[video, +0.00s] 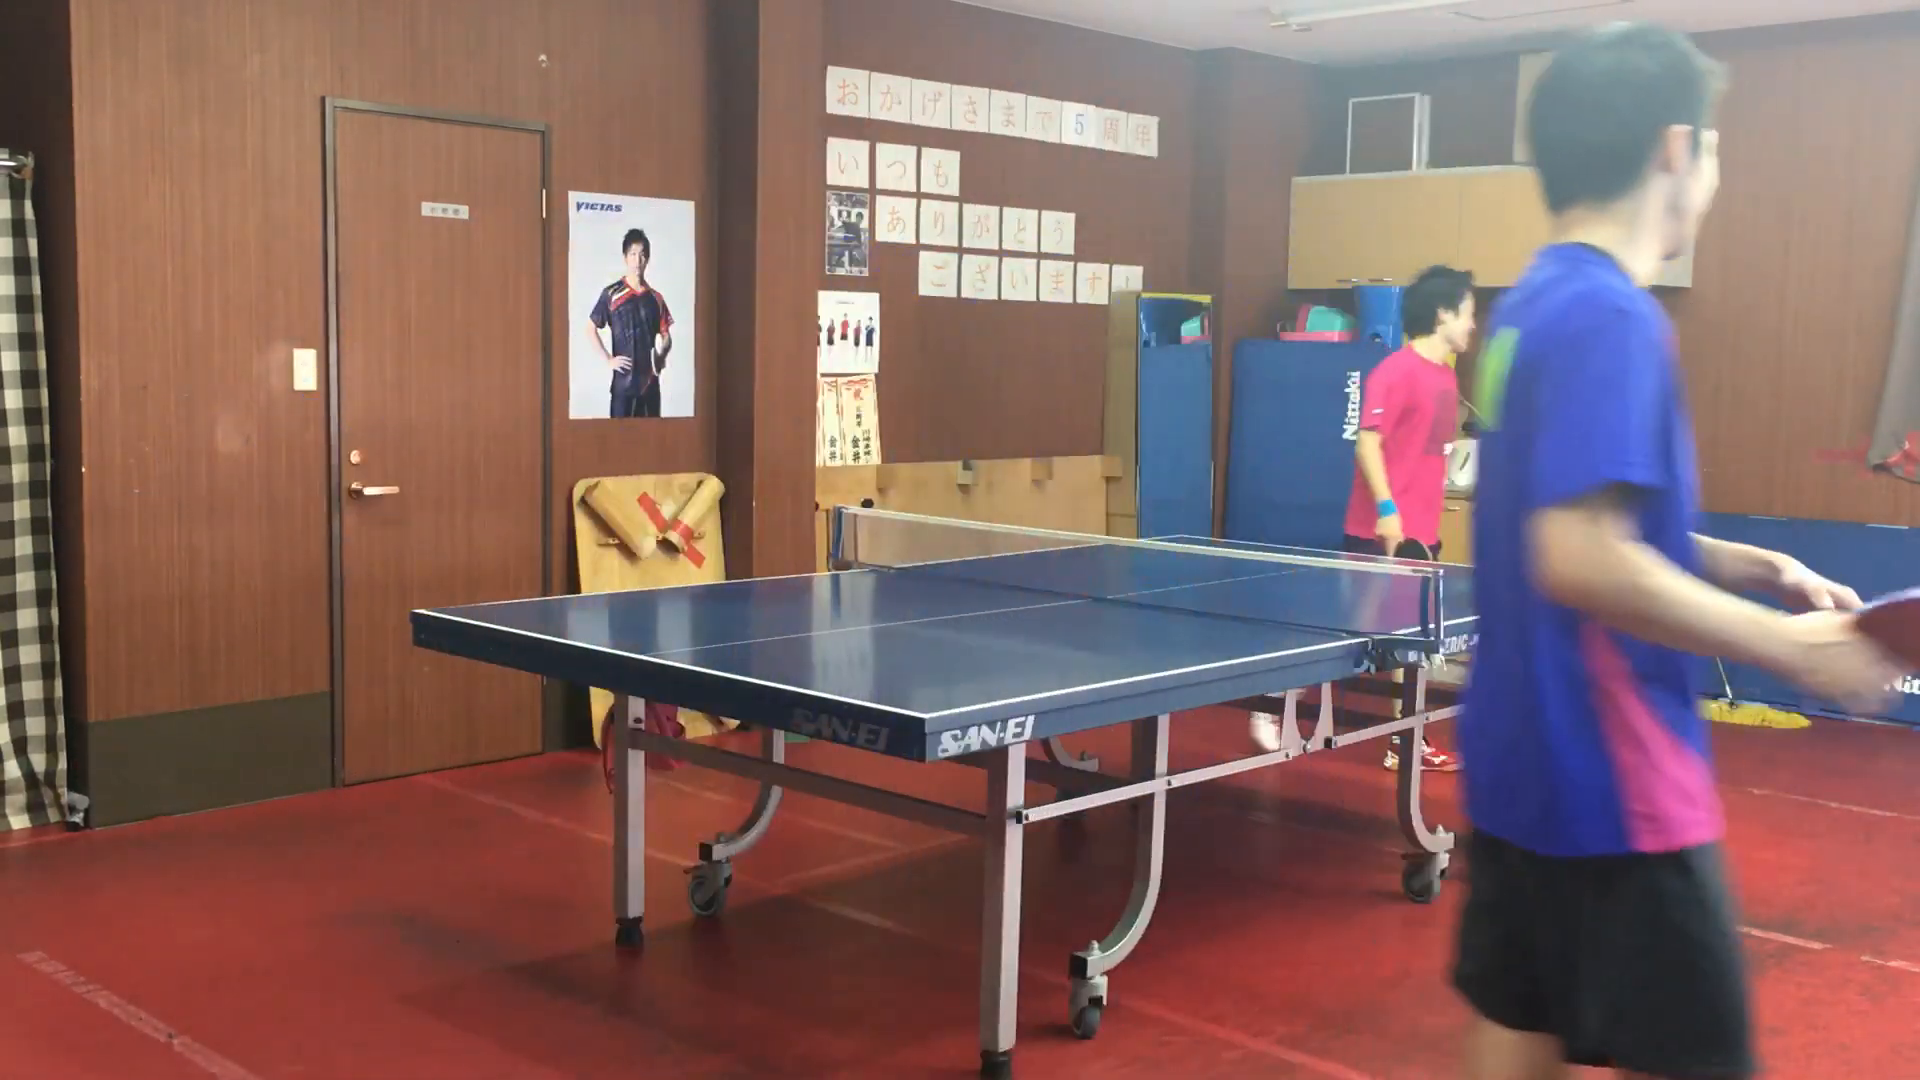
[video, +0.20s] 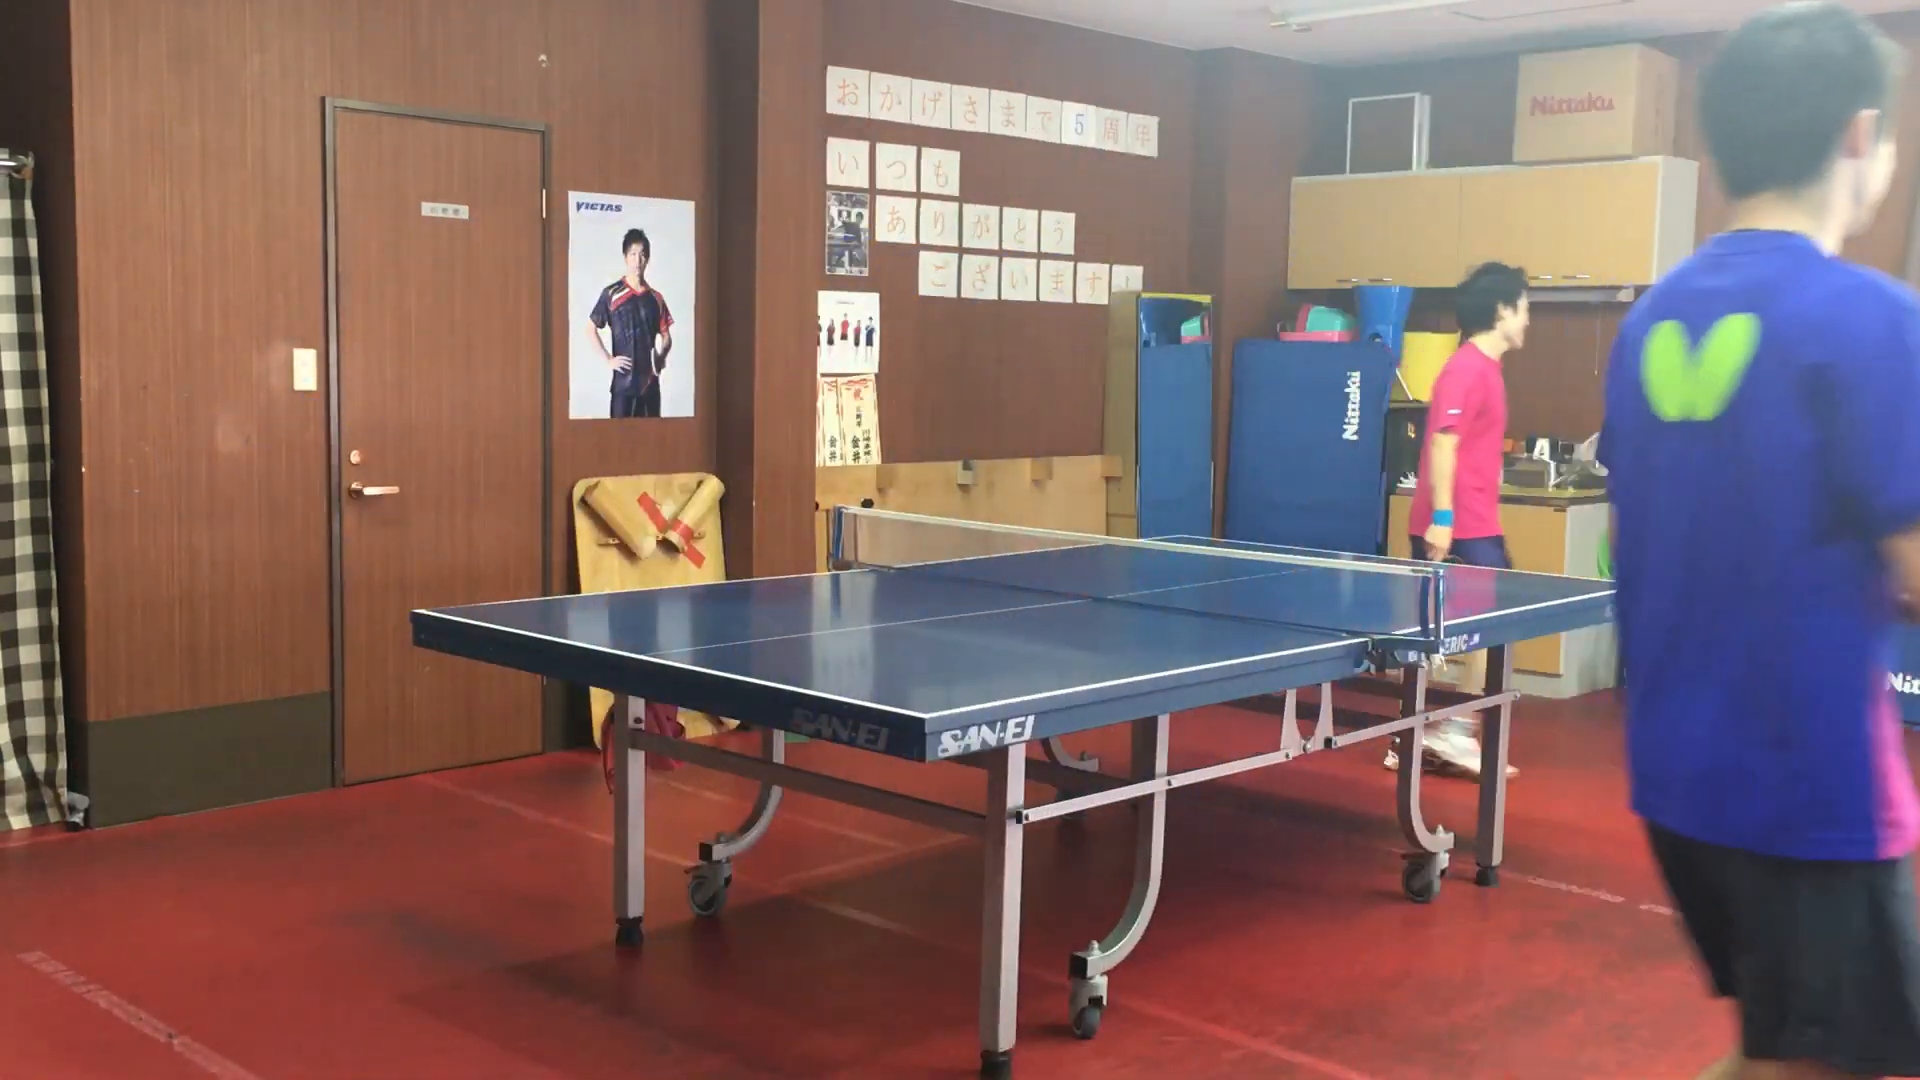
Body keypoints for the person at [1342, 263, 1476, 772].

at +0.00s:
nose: (1473, 325)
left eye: (1472, 314)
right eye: (1466, 314)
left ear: (1442, 318)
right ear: (1439, 316)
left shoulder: (1445, 375)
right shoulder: (1394, 371)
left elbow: (1430, 452)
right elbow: (1367, 442)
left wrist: (1432, 521)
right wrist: (1387, 511)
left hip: (1421, 534)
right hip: (1377, 531)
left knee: (1413, 642)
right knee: (1348, 629)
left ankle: (1408, 739)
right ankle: (1275, 709)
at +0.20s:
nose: (1529, 320)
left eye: (1528, 309)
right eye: (1523, 309)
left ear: (1492, 313)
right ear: (1499, 312)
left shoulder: (1486, 367)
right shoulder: (1466, 367)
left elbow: (1466, 448)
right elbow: (1442, 443)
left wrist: (1478, 519)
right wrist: (1442, 519)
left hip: (1476, 528)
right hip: (1460, 531)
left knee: (1455, 637)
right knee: (1476, 634)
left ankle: (1419, 734)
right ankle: (1447, 729)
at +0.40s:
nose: (1592, 325)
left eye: (1589, 316)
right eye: (1588, 316)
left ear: (1541, 322)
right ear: (1570, 321)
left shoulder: (1518, 375)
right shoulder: (1553, 379)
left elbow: (1493, 454)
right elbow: (1536, 457)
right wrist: (1531, 530)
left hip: (1493, 536)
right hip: (1542, 538)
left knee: (1461, 631)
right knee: (1583, 622)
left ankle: (1414, 730)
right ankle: (1601, 744)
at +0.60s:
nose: (1661, 321)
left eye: (1659, 311)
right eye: (1658, 311)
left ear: (1604, 317)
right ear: (1643, 317)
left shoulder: (1577, 375)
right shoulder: (1639, 380)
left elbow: (1577, 457)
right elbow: (1647, 460)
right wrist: (1664, 532)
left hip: (1578, 533)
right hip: (1622, 536)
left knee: (1595, 627)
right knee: (1637, 634)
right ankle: (1612, 747)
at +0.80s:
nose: (1725, 321)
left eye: (1722, 312)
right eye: (1722, 313)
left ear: (1667, 321)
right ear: (1712, 317)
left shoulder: (1638, 376)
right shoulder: (1716, 377)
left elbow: (1616, 449)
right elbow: (1748, 454)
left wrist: (1617, 511)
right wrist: (1787, 517)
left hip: (1643, 526)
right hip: (1682, 531)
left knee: (1696, 617)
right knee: (1658, 629)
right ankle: (1613, 745)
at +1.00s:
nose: (1794, 335)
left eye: (1791, 326)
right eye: (1792, 326)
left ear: (1738, 335)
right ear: (1781, 328)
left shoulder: (1710, 387)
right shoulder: (1788, 383)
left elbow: (1688, 463)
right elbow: (1800, 458)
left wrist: (1696, 522)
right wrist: (1845, 511)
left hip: (1712, 534)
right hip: (1755, 538)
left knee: (1754, 632)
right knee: (1735, 638)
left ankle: (1768, 735)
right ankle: (1639, 723)